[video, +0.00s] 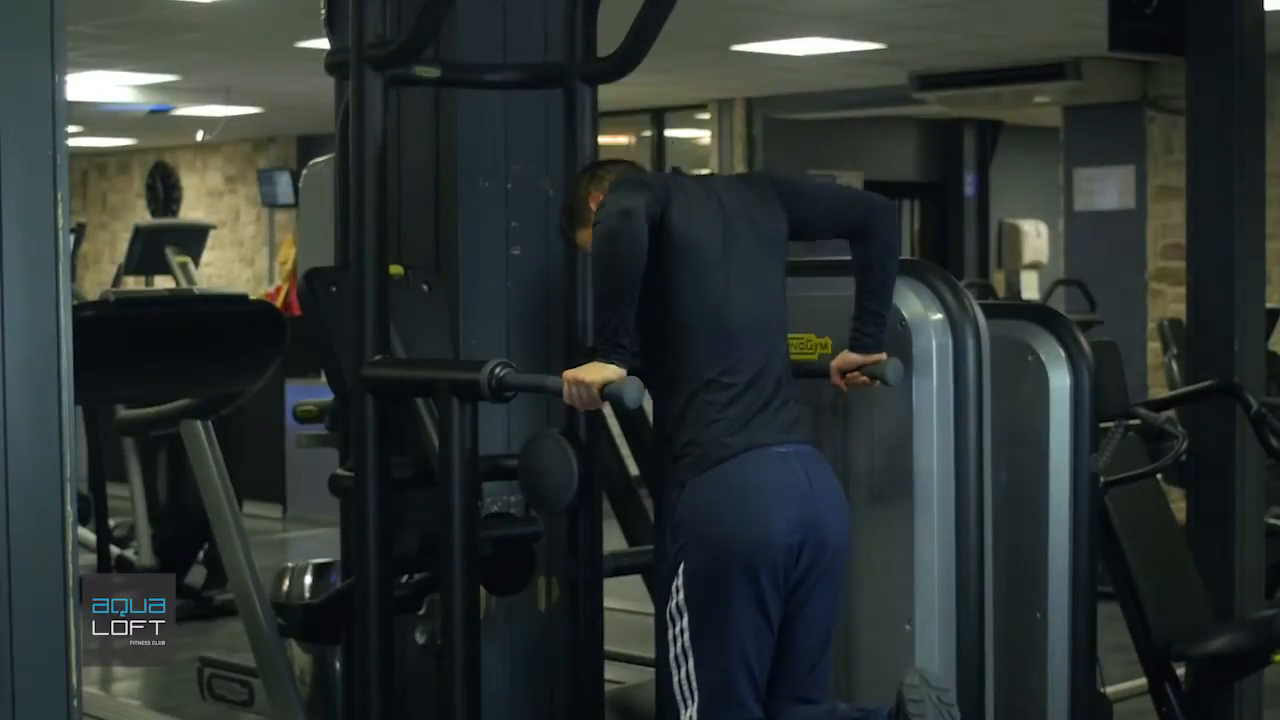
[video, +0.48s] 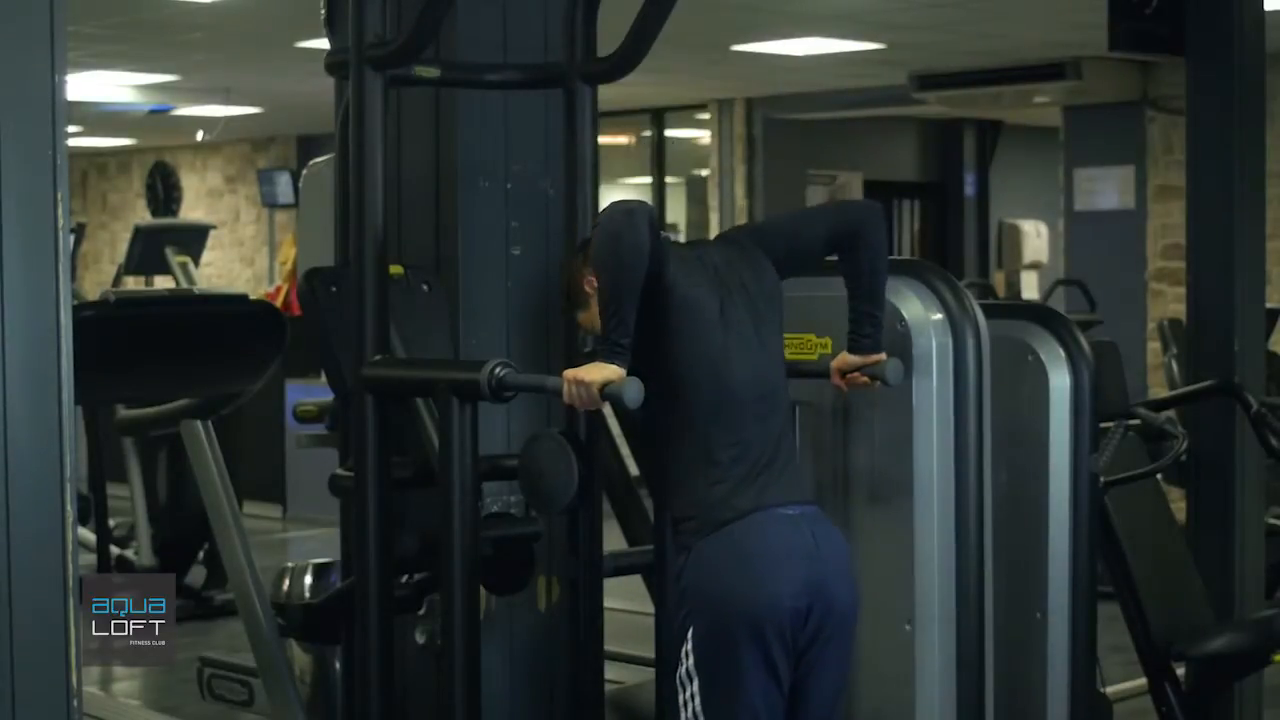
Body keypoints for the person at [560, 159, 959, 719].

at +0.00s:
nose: (591, 244)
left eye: (588, 233)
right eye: (585, 241)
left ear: (601, 200)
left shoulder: (634, 189)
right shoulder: (755, 191)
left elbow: (621, 226)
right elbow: (876, 214)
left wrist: (610, 353)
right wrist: (868, 343)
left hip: (723, 488)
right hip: (808, 472)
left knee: (715, 704)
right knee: (799, 701)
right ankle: (899, 710)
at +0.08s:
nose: (597, 275)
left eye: (591, 261)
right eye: (589, 266)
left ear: (599, 219)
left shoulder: (633, 204)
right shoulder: (754, 204)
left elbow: (625, 213)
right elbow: (876, 215)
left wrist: (610, 351)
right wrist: (867, 342)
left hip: (722, 502)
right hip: (805, 484)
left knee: (714, 705)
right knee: (803, 705)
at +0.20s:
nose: (594, 292)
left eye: (589, 274)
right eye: (589, 280)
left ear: (600, 249)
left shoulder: (640, 232)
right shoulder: (752, 228)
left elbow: (630, 214)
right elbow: (870, 215)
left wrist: (611, 352)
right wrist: (868, 341)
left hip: (723, 527)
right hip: (808, 508)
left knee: (719, 707)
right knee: (809, 708)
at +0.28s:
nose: (592, 306)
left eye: (586, 289)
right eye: (588, 294)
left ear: (596, 263)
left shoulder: (635, 256)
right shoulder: (747, 236)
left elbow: (630, 214)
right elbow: (867, 215)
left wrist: (612, 351)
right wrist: (867, 341)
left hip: (724, 540)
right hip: (811, 521)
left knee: (721, 706)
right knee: (813, 708)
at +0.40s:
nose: (593, 323)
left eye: (587, 308)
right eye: (588, 315)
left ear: (595, 279)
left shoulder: (635, 271)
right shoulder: (745, 250)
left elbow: (629, 216)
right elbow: (863, 217)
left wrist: (610, 351)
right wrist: (867, 342)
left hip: (725, 552)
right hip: (810, 532)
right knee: (816, 709)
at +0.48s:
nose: (593, 324)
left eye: (587, 309)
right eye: (588, 317)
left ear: (594, 281)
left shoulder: (633, 273)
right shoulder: (745, 250)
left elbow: (628, 215)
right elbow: (863, 217)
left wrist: (610, 351)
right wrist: (867, 342)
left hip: (726, 552)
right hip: (813, 532)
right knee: (817, 709)